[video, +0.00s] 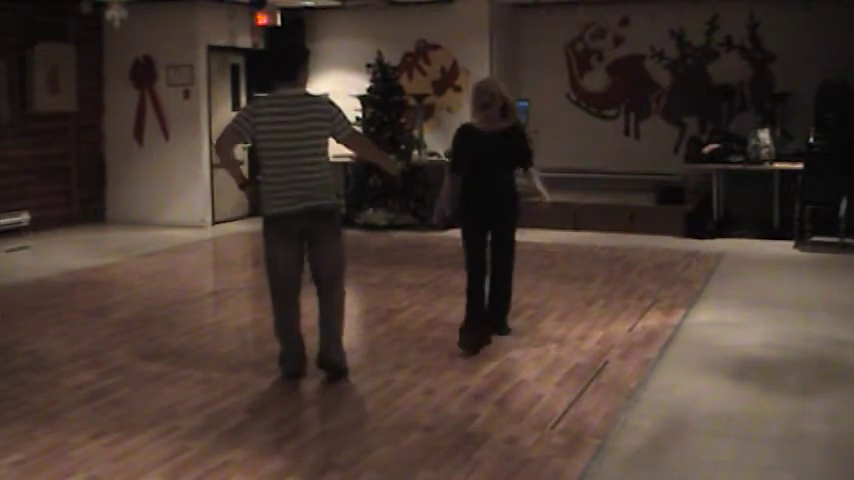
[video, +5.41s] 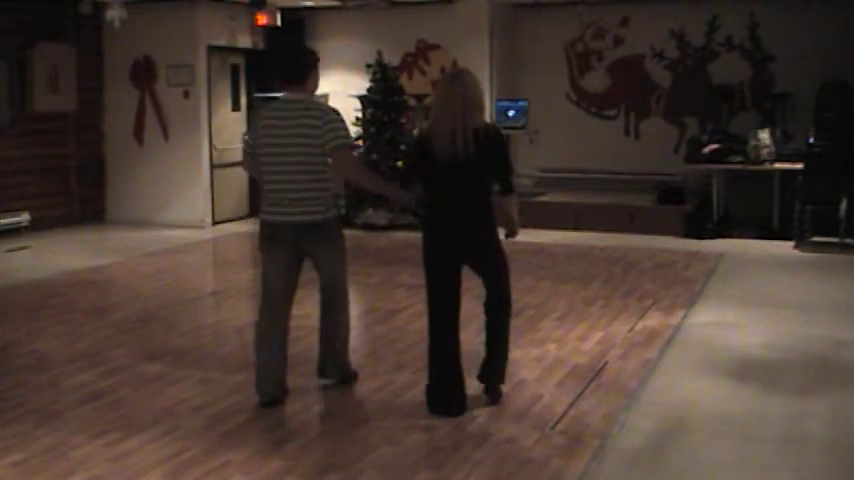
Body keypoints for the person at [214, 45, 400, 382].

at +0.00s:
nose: (307, 70)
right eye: (305, 64)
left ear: (271, 70)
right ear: (303, 69)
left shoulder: (257, 109)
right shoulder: (320, 105)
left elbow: (223, 145)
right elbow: (355, 142)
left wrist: (242, 182)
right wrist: (388, 163)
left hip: (279, 211)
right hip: (322, 208)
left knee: (284, 289)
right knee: (330, 283)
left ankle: (292, 363)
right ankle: (333, 360)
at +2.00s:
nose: (314, 74)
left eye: (312, 66)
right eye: (312, 67)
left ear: (277, 70)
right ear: (306, 68)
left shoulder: (260, 108)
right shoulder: (316, 106)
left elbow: (242, 163)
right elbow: (339, 159)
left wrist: (263, 193)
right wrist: (385, 183)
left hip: (266, 217)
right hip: (305, 217)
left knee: (274, 295)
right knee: (303, 297)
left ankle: (280, 377)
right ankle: (297, 381)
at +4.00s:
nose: (307, 72)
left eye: (302, 65)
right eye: (305, 66)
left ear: (270, 70)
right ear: (303, 69)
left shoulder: (256, 113)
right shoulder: (317, 113)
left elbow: (240, 167)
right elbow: (336, 172)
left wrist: (263, 195)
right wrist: (379, 192)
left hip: (270, 226)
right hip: (314, 225)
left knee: (269, 305)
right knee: (331, 300)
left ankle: (269, 389)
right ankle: (335, 374)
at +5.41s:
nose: (318, 78)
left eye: (315, 70)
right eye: (315, 71)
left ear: (281, 76)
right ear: (309, 74)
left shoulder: (265, 115)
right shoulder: (324, 114)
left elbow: (250, 164)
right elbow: (347, 168)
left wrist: (279, 182)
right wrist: (394, 193)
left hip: (276, 224)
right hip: (319, 222)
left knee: (274, 302)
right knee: (334, 292)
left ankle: (269, 388)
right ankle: (333, 367)